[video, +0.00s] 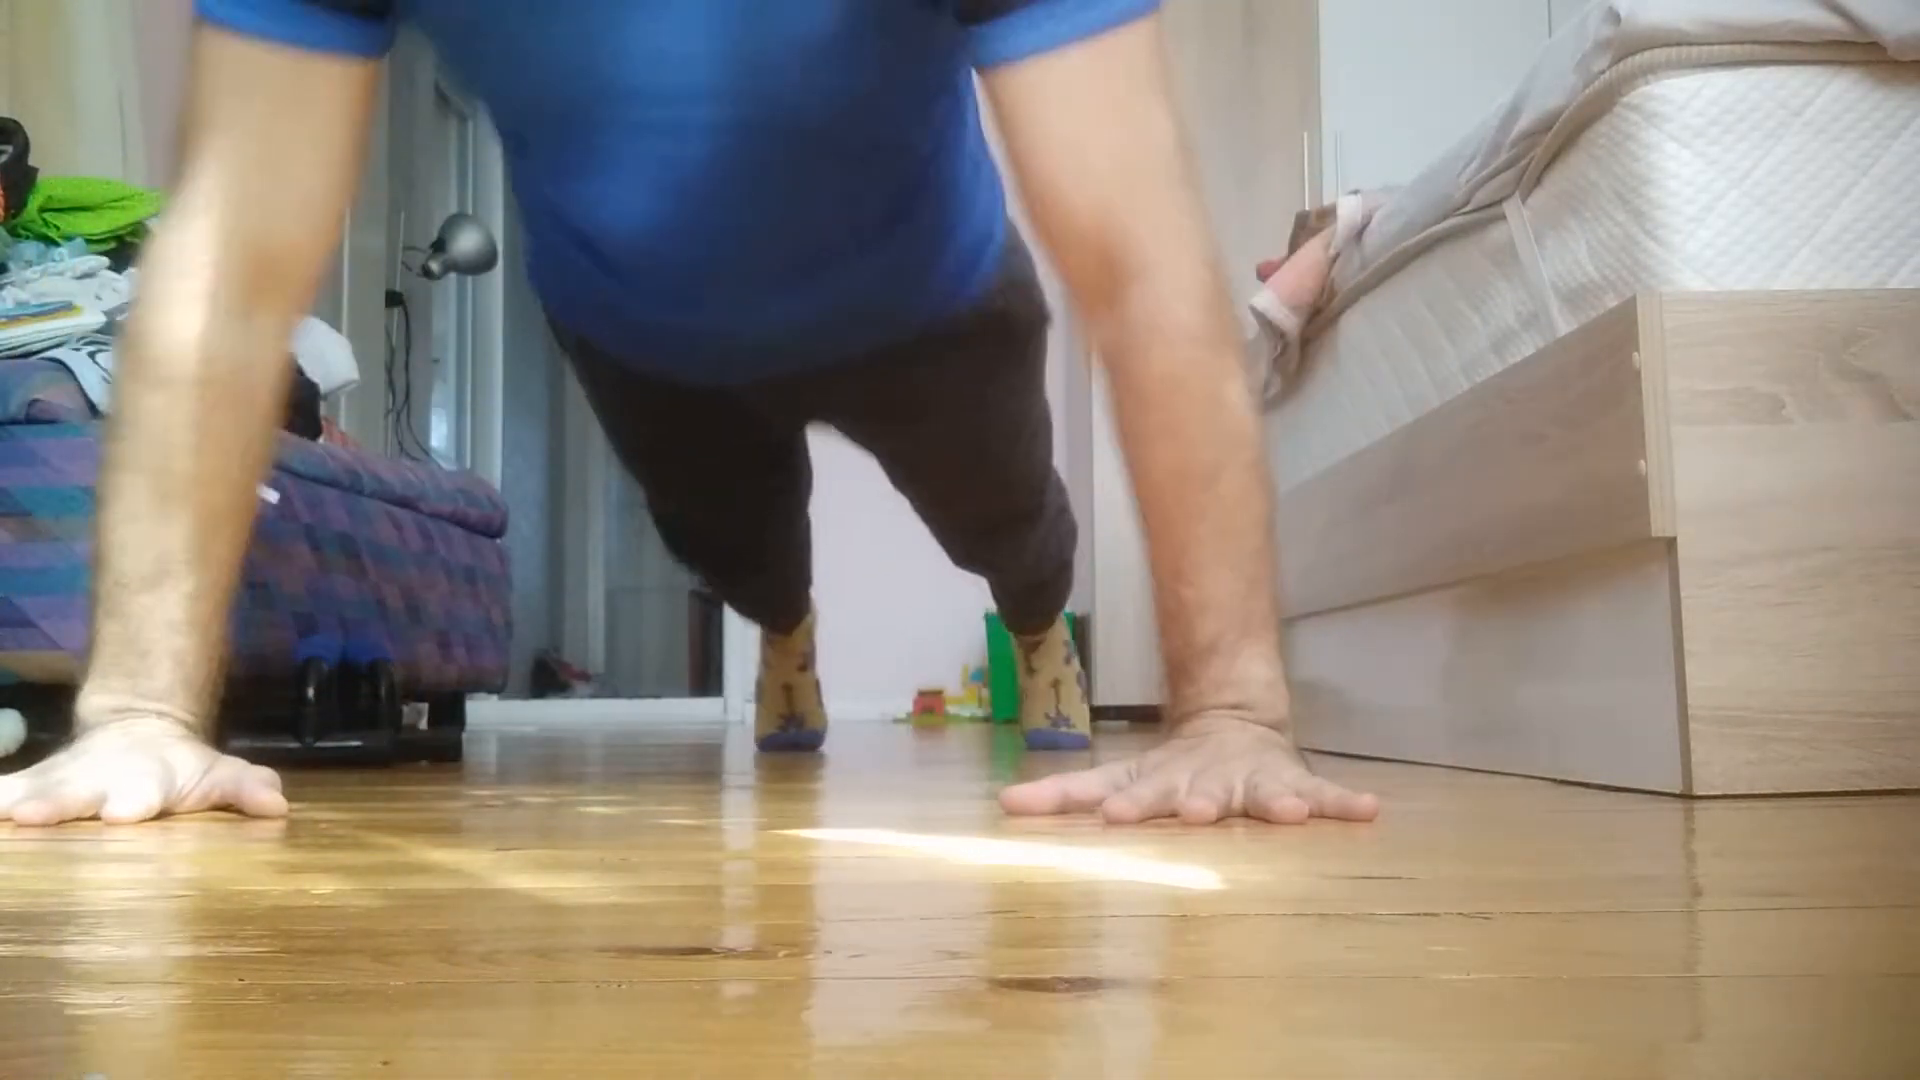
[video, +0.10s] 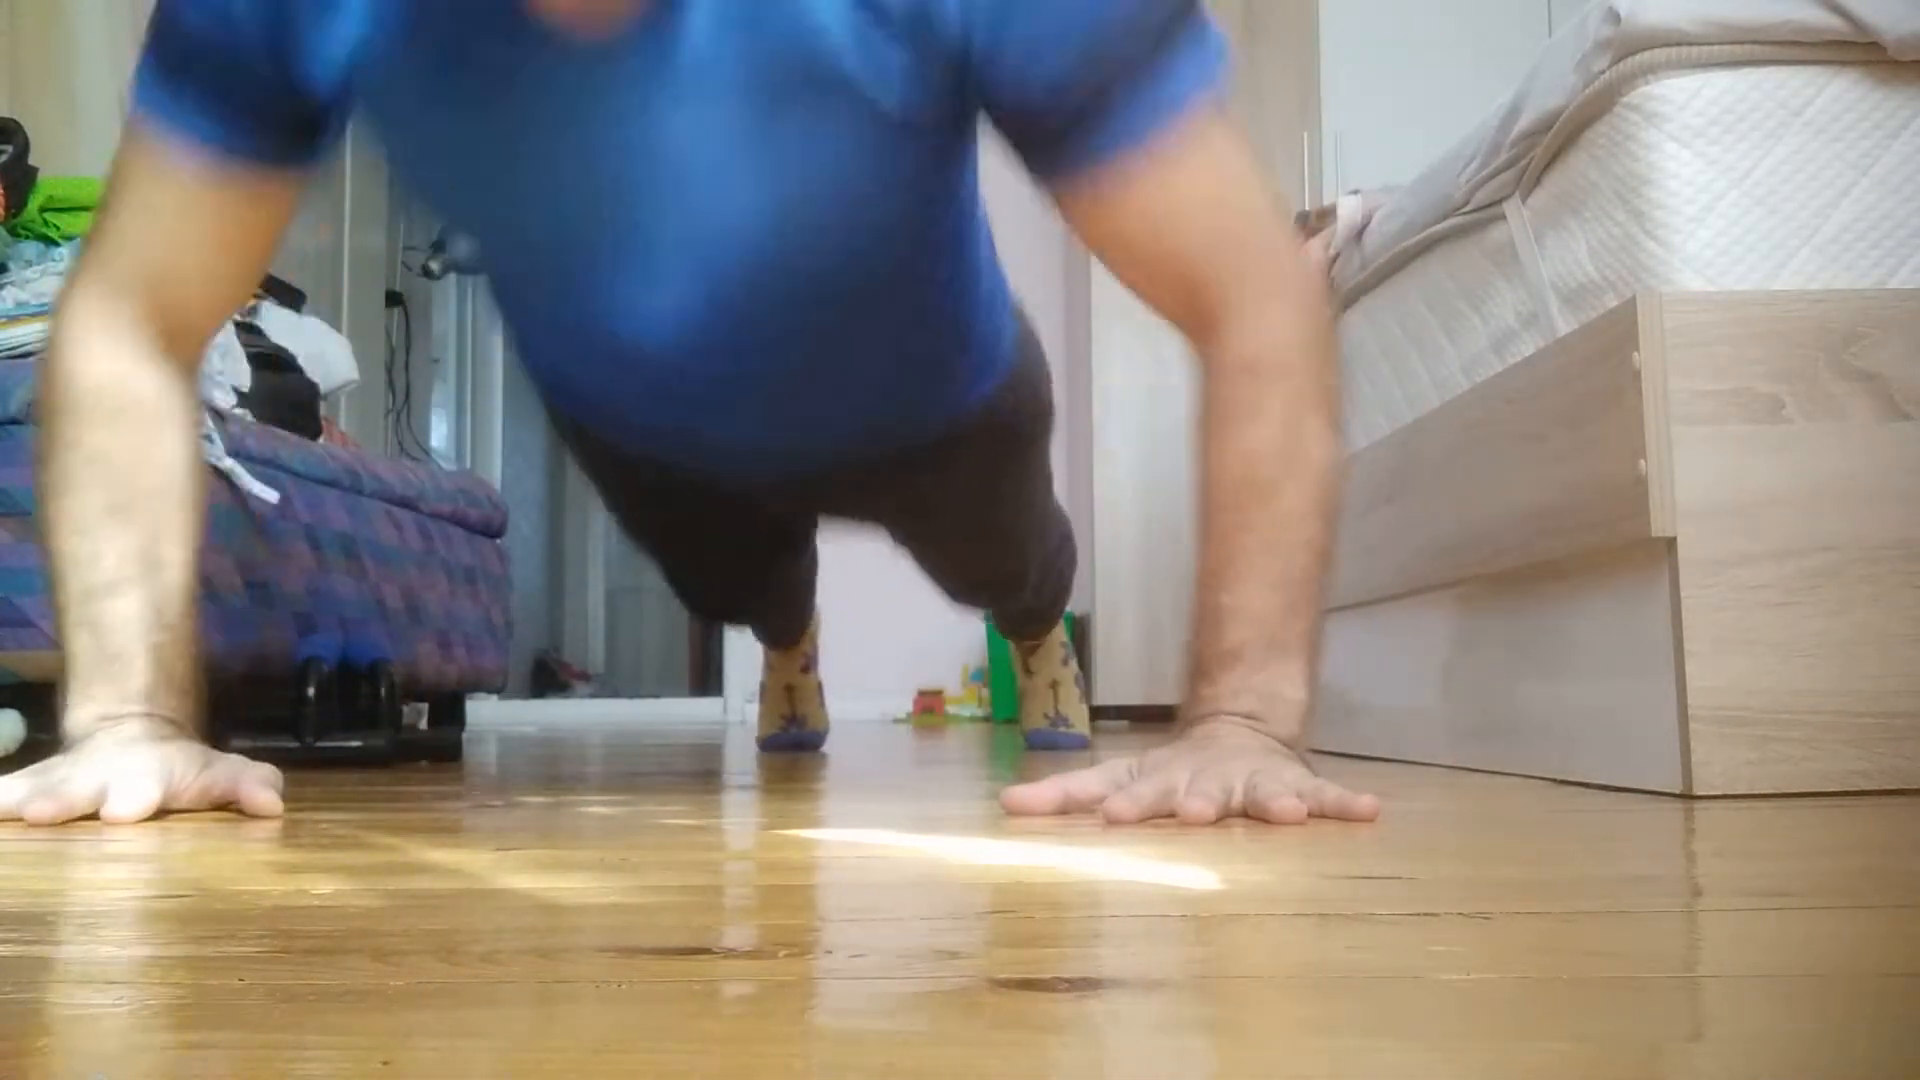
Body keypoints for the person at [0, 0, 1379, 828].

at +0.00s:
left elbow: (1146, 264)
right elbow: (230, 265)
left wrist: (1237, 704)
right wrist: (143, 709)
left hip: (918, 301)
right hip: (643, 335)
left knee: (1006, 528)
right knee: (744, 553)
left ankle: (1018, 615)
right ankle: (784, 624)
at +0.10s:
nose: (568, 14)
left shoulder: (978, 13)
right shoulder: (308, 13)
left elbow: (1264, 289)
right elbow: (124, 319)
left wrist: (1247, 720)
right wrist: (134, 718)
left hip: (923, 401)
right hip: (651, 443)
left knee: (1005, 565)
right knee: (747, 587)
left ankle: (1020, 614)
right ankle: (782, 637)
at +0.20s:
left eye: (567, 220)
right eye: (449, 250)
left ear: (704, 56)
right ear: (337, 134)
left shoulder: (930, 112)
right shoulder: (254, 146)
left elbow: (1334, 342)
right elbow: (69, 391)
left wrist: (1246, 718)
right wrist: (134, 716)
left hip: (941, 542)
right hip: (670, 591)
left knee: (1008, 634)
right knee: (753, 648)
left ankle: (1016, 654)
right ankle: (777, 670)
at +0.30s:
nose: (496, 659)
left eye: (551, 575)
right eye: (416, 600)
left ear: (708, 344)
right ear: (289, 440)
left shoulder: (937, 343)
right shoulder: (231, 341)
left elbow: (1333, 351)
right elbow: (59, 390)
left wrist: (1245, 717)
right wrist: (133, 719)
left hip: (957, 665)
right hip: (627, 709)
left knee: (1022, 671)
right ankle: (763, 744)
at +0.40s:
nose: (492, 816)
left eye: (555, 734)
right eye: (402, 759)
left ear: (715, 516)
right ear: (263, 565)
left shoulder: (936, 466)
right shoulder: (237, 413)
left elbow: (1331, 345)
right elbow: (38, 363)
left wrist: (1245, 720)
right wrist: (126, 721)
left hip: (859, 687)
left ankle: (1300, 269)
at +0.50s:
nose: (505, 738)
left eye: (563, 645)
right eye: (418, 673)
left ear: (722, 441)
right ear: (298, 518)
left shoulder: (943, 412)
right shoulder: (240, 379)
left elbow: (1372, 351)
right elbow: (30, 375)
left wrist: (1254, 723)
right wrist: (125, 718)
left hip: (890, 644)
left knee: (1010, 640)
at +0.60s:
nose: (506, 506)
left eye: (565, 426)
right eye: (436, 448)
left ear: (728, 243)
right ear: (327, 315)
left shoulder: (958, 271)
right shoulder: (264, 278)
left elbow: (1383, 352)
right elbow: (32, 384)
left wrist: (1260, 717)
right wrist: (132, 712)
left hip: (949, 553)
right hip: (682, 582)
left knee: (1006, 618)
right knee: (783, 630)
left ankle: (1023, 641)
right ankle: (798, 662)